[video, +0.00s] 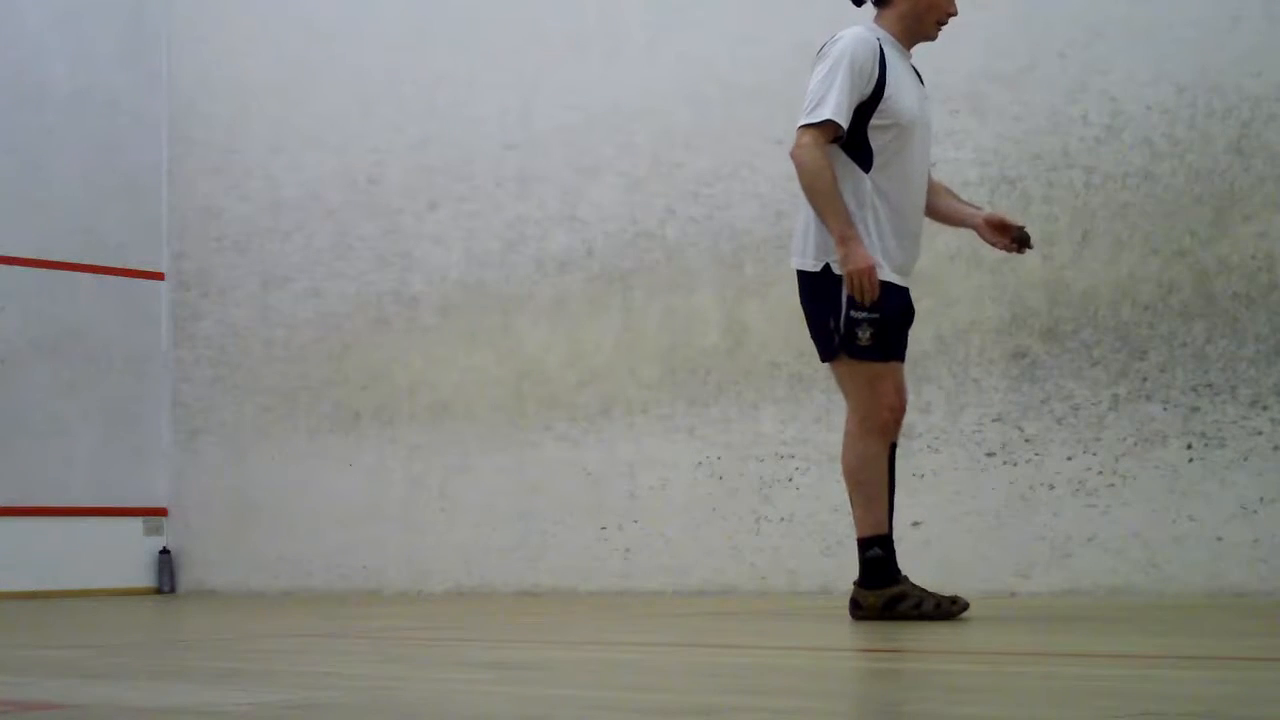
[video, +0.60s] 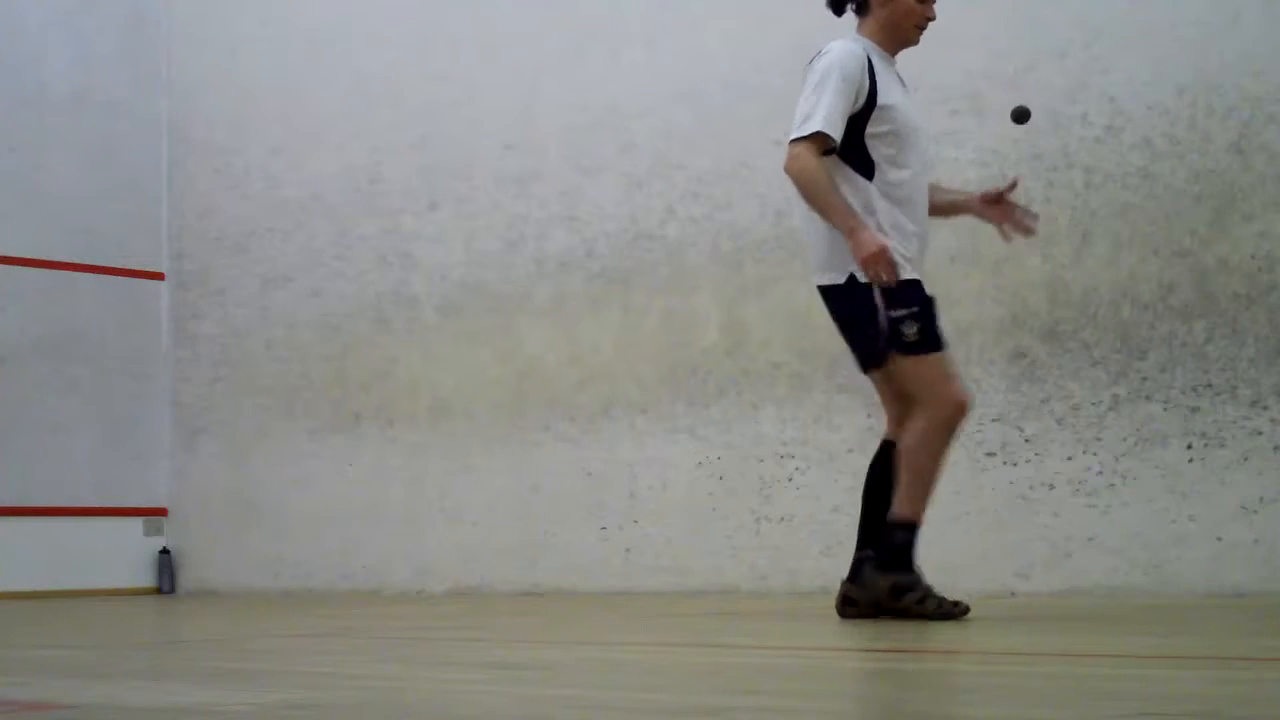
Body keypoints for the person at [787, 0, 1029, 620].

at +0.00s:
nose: (952, 10)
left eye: (952, 2)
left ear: (911, 3)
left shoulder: (907, 70)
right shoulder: (857, 47)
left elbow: (911, 183)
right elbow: (808, 149)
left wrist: (978, 218)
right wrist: (849, 243)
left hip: (882, 268)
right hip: (846, 267)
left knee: (878, 413)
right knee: (878, 410)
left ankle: (879, 579)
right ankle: (877, 581)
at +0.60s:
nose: (932, 12)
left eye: (932, 3)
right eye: (923, 1)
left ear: (886, 7)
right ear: (882, 2)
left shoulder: (883, 73)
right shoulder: (845, 58)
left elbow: (896, 191)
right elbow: (802, 159)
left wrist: (975, 203)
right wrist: (859, 234)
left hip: (880, 269)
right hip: (868, 269)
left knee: (908, 418)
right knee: (942, 401)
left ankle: (869, 577)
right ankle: (894, 568)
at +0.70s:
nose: (927, 26)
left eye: (928, 15)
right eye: (917, 13)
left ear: (888, 18)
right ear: (875, 12)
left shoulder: (878, 89)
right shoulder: (842, 75)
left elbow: (891, 207)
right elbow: (792, 176)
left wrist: (963, 233)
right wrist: (846, 246)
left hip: (881, 274)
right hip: (879, 270)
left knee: (928, 432)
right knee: (1012, 343)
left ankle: (869, 582)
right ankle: (939, 484)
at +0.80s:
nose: (928, 38)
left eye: (930, 26)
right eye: (919, 24)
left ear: (896, 28)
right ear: (877, 22)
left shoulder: (882, 96)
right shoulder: (843, 85)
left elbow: (878, 197)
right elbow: (790, 183)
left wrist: (932, 237)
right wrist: (848, 259)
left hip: (881, 277)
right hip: (880, 267)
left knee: (937, 430)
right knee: (1031, 257)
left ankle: (869, 582)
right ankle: (969, 405)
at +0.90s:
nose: (931, 33)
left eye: (934, 22)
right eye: (921, 20)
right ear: (880, 17)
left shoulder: (892, 95)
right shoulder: (846, 81)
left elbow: (903, 207)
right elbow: (791, 179)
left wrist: (984, 267)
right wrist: (850, 245)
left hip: (879, 276)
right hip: (878, 256)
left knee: (940, 429)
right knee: (1027, 209)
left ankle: (869, 581)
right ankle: (966, 363)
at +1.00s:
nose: (931, 21)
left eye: (934, 11)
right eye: (918, 9)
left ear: (931, 20)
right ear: (878, 12)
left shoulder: (907, 92)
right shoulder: (848, 72)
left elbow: (917, 205)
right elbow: (785, 167)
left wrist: (993, 286)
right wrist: (835, 216)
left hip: (898, 268)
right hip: (874, 262)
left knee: (935, 431)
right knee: (1028, 233)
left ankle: (869, 581)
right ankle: (936, 377)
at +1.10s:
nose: (927, 13)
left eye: (934, 4)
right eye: (912, 2)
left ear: (940, 16)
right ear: (879, 12)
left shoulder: (935, 105)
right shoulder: (850, 69)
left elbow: (963, 206)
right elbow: (777, 152)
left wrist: (1020, 269)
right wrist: (771, 179)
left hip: (894, 263)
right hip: (872, 255)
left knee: (948, 431)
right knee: (1017, 304)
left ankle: (870, 581)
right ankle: (917, 446)